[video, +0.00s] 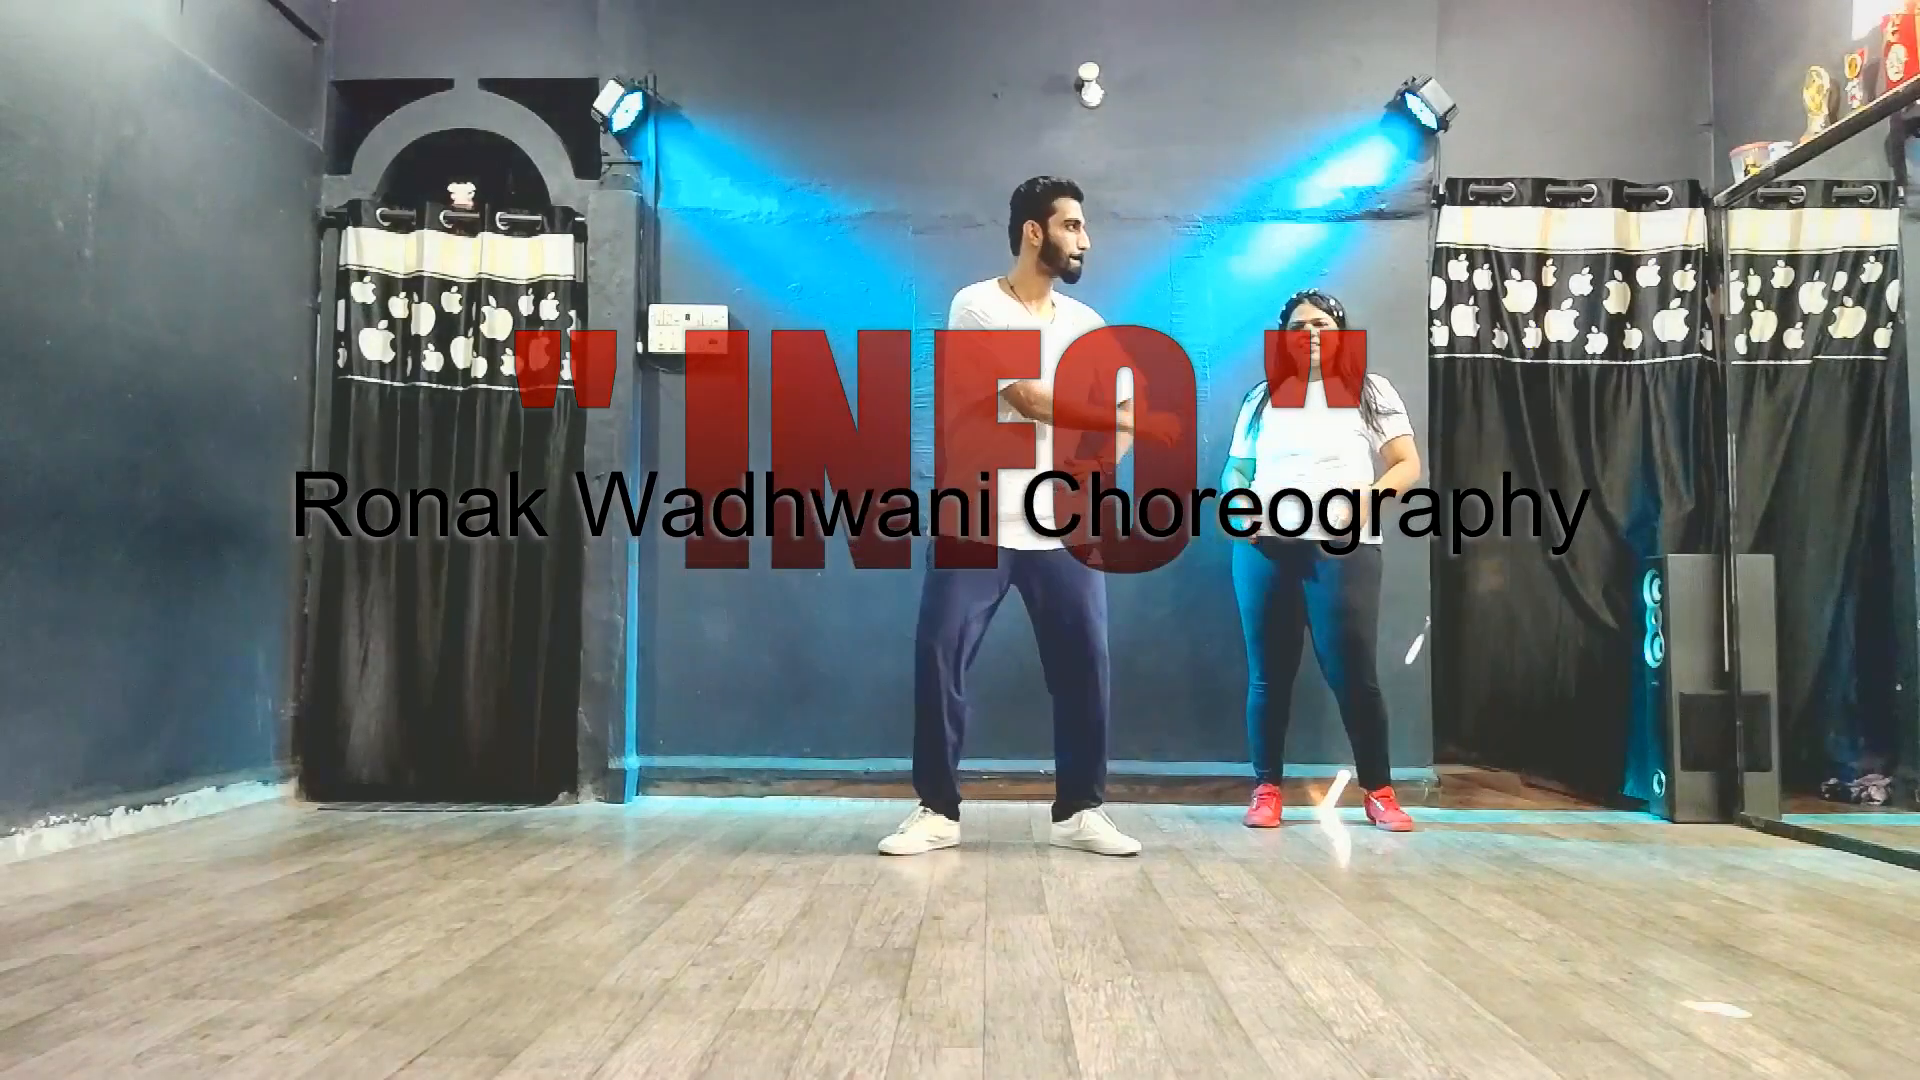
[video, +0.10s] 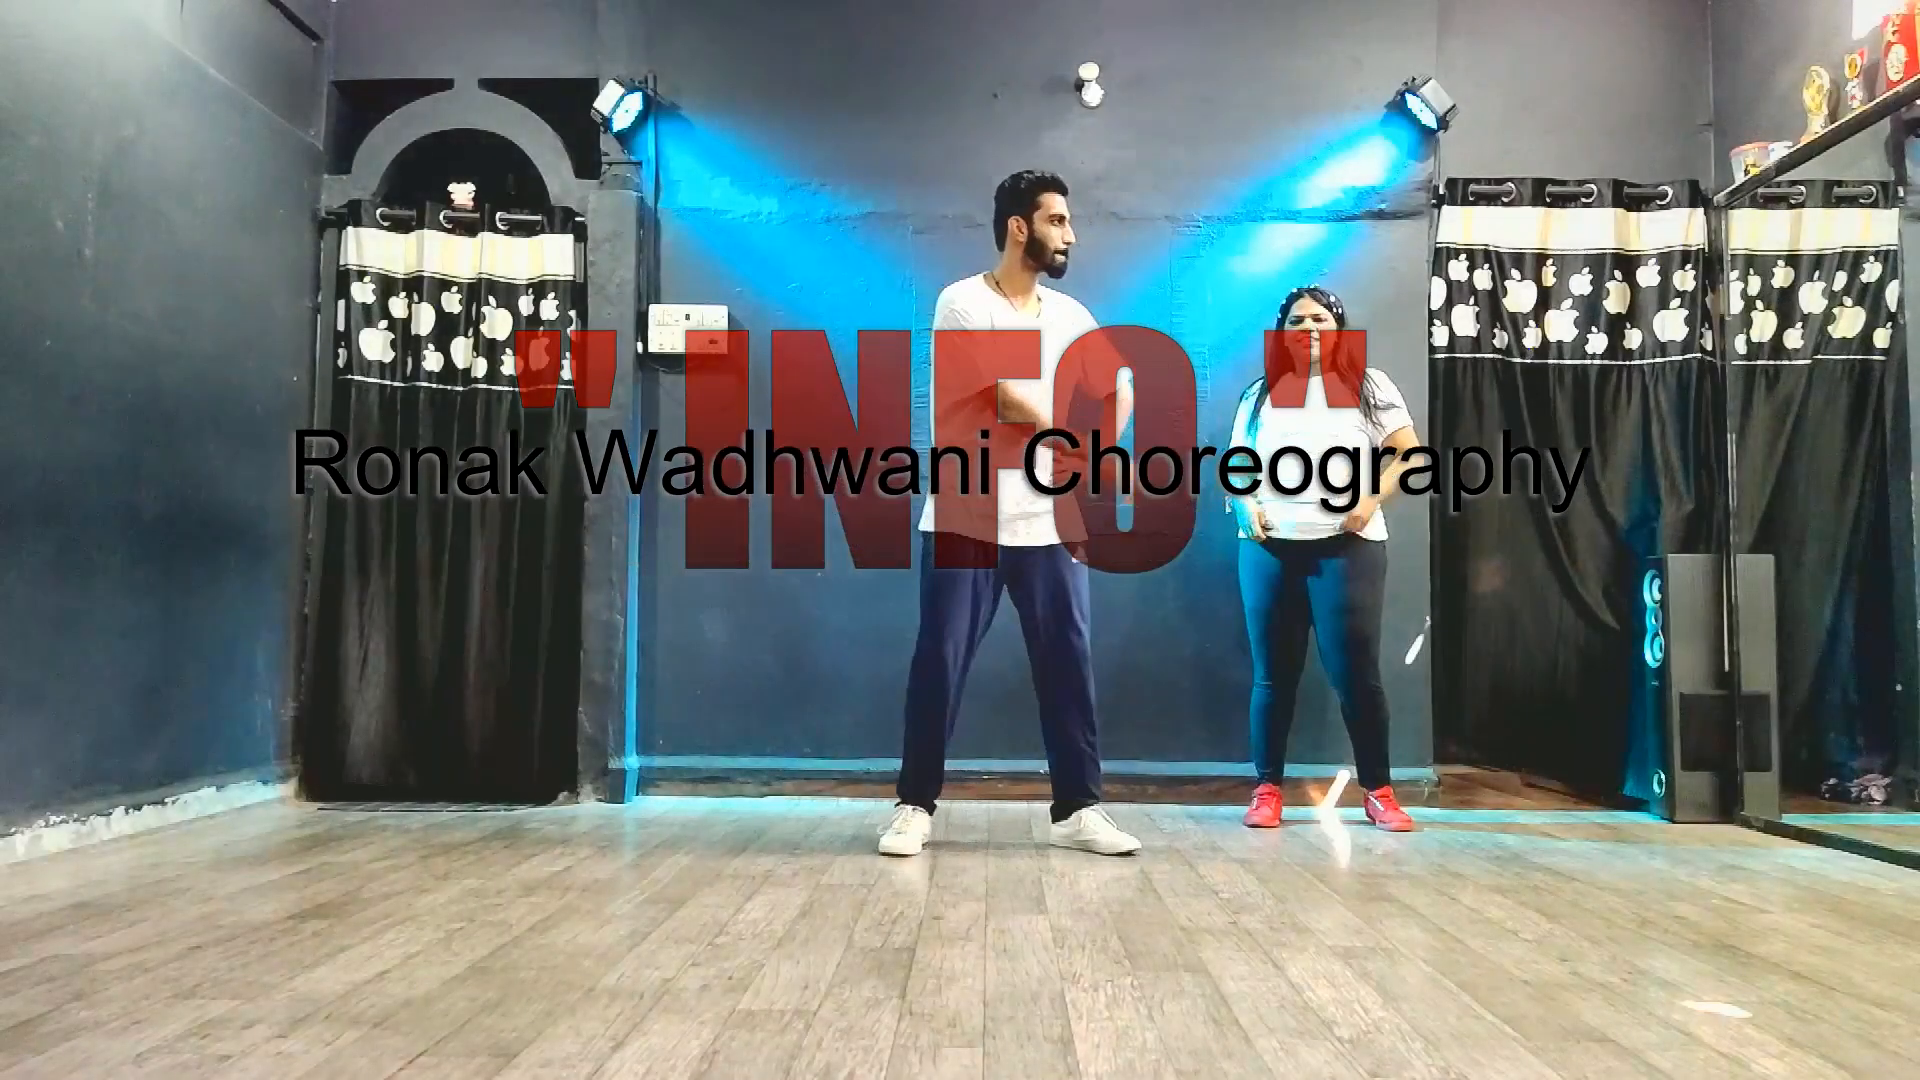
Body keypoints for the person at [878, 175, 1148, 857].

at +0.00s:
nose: (1083, 237)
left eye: (1084, 226)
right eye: (1071, 224)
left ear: (1069, 237)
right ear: (1030, 231)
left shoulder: (1089, 326)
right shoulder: (973, 306)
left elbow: (1126, 425)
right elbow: (955, 412)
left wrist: (1054, 409)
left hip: (1066, 528)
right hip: (979, 522)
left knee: (1086, 662)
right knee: (937, 649)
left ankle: (1078, 809)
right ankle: (938, 811)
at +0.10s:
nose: (1068, 233)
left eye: (1069, 221)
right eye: (1055, 220)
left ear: (1056, 232)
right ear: (1014, 227)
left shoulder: (1073, 318)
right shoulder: (961, 302)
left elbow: (1109, 414)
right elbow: (966, 401)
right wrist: (1067, 426)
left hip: (1050, 518)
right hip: (968, 515)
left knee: (1069, 655)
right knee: (941, 657)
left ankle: (1076, 805)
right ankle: (915, 805)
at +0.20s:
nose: (1046, 229)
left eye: (1046, 217)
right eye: (1032, 217)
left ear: (1019, 229)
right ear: (993, 226)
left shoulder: (1051, 310)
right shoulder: (941, 307)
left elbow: (1103, 391)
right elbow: (951, 424)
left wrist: (1075, 454)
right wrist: (1005, 508)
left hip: (1028, 504)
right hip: (950, 507)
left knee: (1053, 656)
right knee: (929, 660)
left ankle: (1070, 805)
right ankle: (897, 807)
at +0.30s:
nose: (1030, 230)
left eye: (1030, 218)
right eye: (1017, 219)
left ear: (1008, 230)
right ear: (977, 229)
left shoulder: (1038, 312)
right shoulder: (925, 312)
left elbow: (1087, 385)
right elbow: (917, 422)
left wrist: (1059, 463)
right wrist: (920, 526)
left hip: (1019, 517)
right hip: (937, 518)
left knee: (1050, 654)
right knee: (918, 664)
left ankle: (1068, 805)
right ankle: (898, 807)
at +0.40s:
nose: (992, 245)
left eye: (994, 233)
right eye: (976, 234)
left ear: (995, 244)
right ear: (935, 247)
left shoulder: (1014, 321)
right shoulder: (892, 329)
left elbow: (1075, 390)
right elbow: (843, 420)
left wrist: (1045, 471)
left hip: (1002, 518)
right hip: (919, 519)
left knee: (1061, 647)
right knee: (914, 659)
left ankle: (1068, 806)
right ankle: (898, 809)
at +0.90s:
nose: (970, 276)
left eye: (983, 264)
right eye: (956, 263)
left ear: (1001, 269)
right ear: (935, 268)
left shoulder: (1042, 332)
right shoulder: (906, 341)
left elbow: (1122, 397)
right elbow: (878, 397)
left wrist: (1066, 474)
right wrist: (860, 442)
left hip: (1018, 514)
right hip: (933, 514)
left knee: (1040, 656)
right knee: (900, 647)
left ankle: (1076, 804)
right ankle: (887, 807)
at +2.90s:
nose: (1044, 235)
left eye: (1052, 224)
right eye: (1030, 224)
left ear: (1059, 233)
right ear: (996, 233)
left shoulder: (1081, 299)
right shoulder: (962, 320)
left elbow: (1080, 386)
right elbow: (959, 409)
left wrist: (1046, 455)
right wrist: (944, 481)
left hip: (1078, 519)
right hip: (995, 520)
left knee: (1095, 667)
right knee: (972, 665)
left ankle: (1110, 801)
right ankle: (943, 811)